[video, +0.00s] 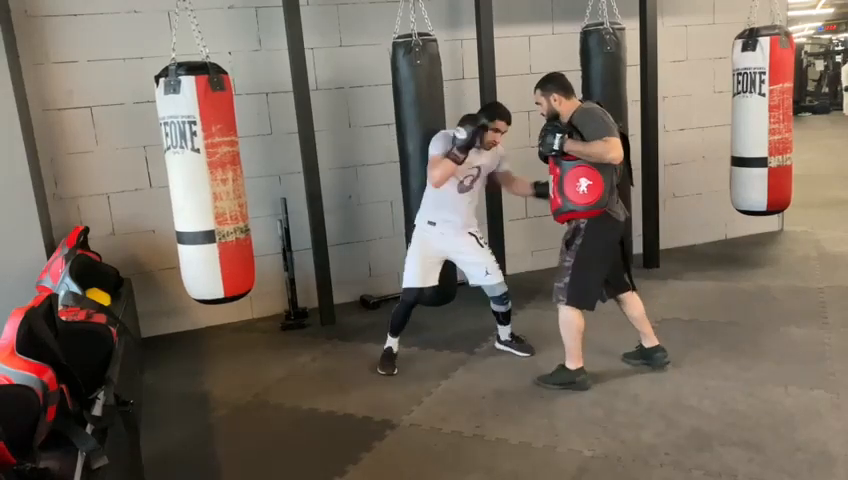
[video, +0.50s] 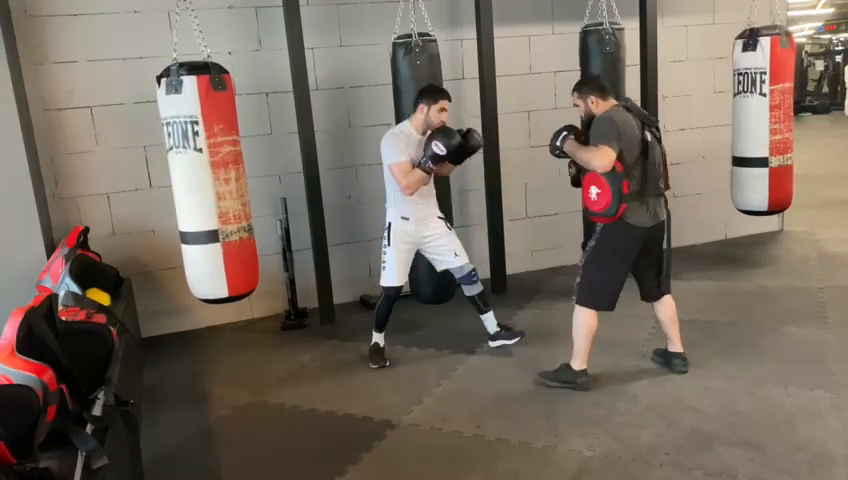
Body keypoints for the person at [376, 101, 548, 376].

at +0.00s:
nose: (500, 139)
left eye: (503, 134)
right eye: (496, 132)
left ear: (501, 132)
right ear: (481, 126)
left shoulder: (495, 154)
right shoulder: (445, 139)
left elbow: (509, 181)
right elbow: (435, 179)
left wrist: (541, 190)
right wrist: (462, 148)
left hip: (465, 232)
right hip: (429, 230)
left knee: (498, 288)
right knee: (411, 293)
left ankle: (505, 338)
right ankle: (390, 348)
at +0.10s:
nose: (495, 138)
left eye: (498, 132)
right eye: (491, 131)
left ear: (497, 131)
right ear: (475, 126)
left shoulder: (495, 154)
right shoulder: (442, 141)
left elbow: (508, 184)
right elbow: (432, 184)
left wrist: (540, 192)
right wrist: (458, 155)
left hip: (465, 232)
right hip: (428, 230)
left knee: (498, 286)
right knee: (404, 289)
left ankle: (505, 337)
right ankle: (387, 345)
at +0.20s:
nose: (488, 136)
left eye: (491, 131)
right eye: (485, 129)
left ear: (492, 130)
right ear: (468, 122)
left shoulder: (482, 152)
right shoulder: (435, 140)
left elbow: (487, 188)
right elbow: (432, 186)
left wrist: (513, 193)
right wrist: (460, 158)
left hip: (462, 231)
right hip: (426, 230)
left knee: (498, 279)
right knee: (405, 291)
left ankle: (505, 336)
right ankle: (381, 340)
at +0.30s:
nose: (477, 133)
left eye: (478, 127)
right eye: (472, 125)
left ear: (475, 127)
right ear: (453, 120)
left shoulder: (468, 147)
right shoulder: (421, 144)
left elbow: (469, 185)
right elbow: (428, 192)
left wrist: (494, 178)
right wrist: (455, 160)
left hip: (453, 229)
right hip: (419, 231)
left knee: (492, 277)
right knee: (407, 294)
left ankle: (505, 336)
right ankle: (380, 341)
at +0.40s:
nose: (457, 129)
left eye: (459, 123)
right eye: (453, 122)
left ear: (453, 123)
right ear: (436, 119)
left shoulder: (446, 147)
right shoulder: (405, 147)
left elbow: (456, 181)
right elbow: (419, 194)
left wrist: (475, 165)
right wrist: (442, 166)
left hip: (441, 228)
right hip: (408, 231)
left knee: (476, 275)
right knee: (398, 293)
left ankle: (502, 334)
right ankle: (378, 342)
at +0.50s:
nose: (445, 117)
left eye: (447, 112)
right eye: (441, 111)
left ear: (429, 110)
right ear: (422, 108)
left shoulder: (433, 136)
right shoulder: (393, 139)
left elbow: (440, 171)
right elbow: (408, 186)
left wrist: (461, 152)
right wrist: (430, 157)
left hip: (432, 221)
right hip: (401, 225)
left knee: (466, 272)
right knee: (392, 288)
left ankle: (494, 331)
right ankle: (377, 342)